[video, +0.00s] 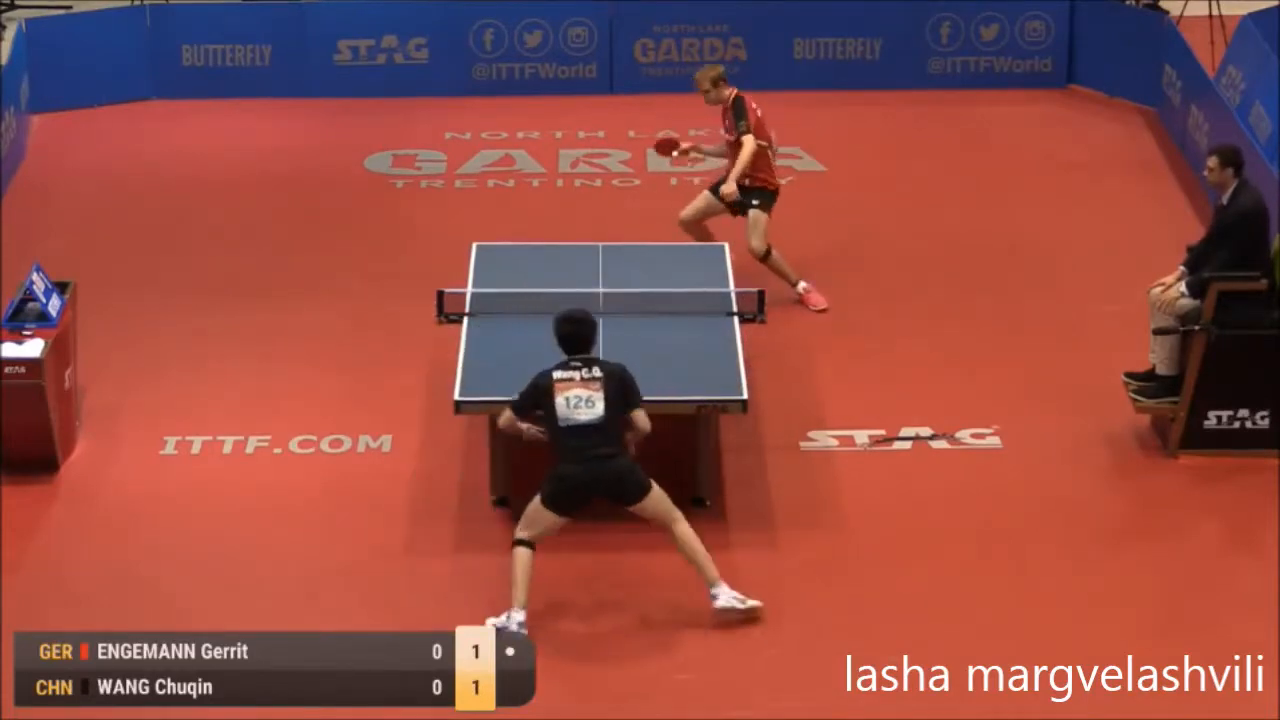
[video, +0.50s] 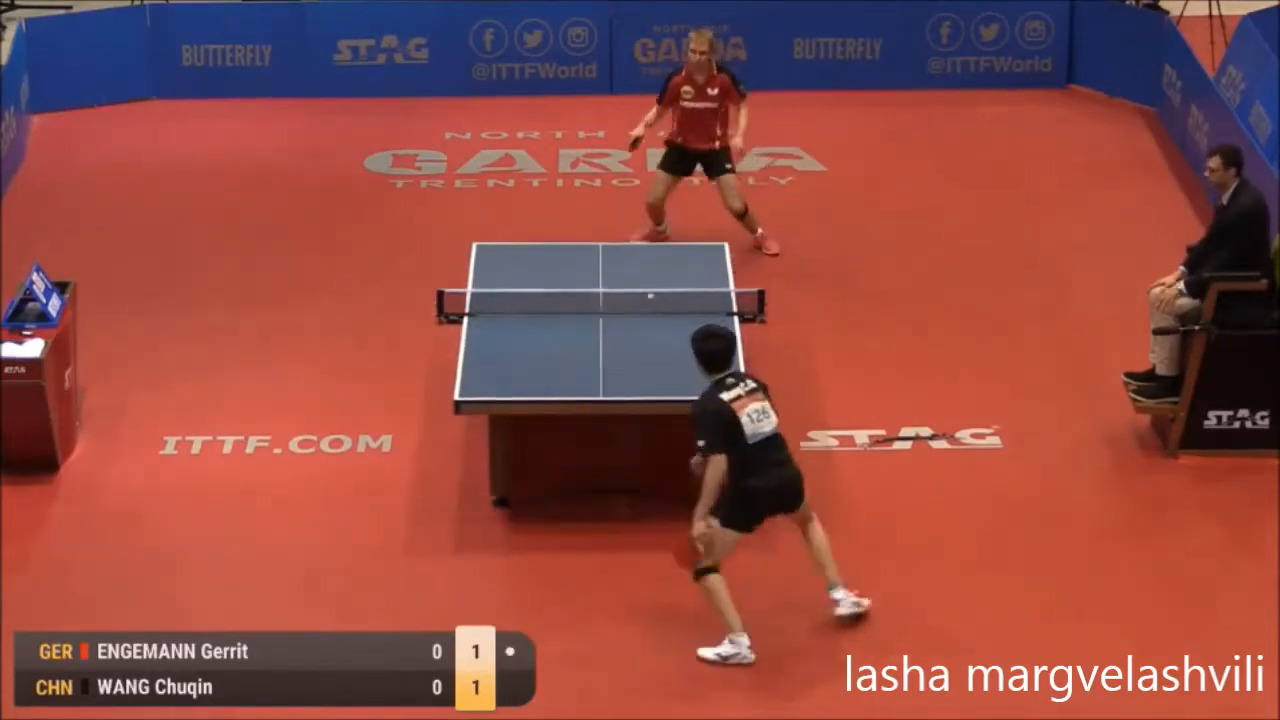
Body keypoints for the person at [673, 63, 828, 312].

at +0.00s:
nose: (704, 99)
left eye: (706, 93)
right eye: (702, 93)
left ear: (721, 86)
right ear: (719, 88)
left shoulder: (740, 104)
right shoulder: (729, 107)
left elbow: (749, 144)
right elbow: (730, 149)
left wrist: (732, 179)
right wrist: (697, 149)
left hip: (761, 184)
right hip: (738, 180)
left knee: (757, 247)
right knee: (688, 219)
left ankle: (801, 287)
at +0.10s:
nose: (704, 82)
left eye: (708, 76)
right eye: (701, 77)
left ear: (722, 75)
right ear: (699, 78)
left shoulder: (737, 99)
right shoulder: (706, 103)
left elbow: (755, 137)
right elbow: (695, 142)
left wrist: (722, 155)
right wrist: (680, 129)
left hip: (756, 174)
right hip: (730, 174)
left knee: (757, 232)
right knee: (686, 209)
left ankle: (801, 285)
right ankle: (721, 259)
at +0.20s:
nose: (704, 70)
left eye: (709, 65)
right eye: (700, 65)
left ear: (721, 65)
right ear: (696, 65)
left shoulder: (733, 91)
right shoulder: (694, 92)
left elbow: (757, 126)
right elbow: (679, 126)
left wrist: (724, 133)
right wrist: (670, 117)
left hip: (749, 160)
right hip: (720, 161)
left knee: (763, 216)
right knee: (686, 206)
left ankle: (793, 274)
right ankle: (720, 254)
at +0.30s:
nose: (703, 60)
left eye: (708, 54)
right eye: (700, 54)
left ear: (718, 54)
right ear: (694, 54)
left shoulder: (732, 78)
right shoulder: (689, 79)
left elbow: (757, 114)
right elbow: (669, 104)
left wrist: (724, 121)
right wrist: (657, 108)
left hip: (735, 140)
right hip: (703, 141)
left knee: (746, 197)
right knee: (678, 191)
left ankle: (774, 248)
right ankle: (712, 239)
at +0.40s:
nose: (702, 56)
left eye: (707, 51)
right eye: (698, 50)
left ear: (716, 51)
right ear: (693, 50)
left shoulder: (732, 75)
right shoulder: (685, 75)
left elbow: (755, 110)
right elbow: (668, 101)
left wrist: (729, 123)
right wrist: (652, 111)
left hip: (728, 142)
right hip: (695, 138)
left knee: (742, 201)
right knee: (665, 188)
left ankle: (767, 231)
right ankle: (696, 227)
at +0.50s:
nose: (695, 58)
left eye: (701, 53)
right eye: (692, 52)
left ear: (710, 54)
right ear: (687, 52)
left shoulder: (724, 79)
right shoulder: (677, 79)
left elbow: (742, 103)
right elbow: (660, 108)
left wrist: (740, 136)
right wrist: (642, 127)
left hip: (715, 148)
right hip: (681, 147)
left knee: (736, 207)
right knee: (654, 201)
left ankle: (760, 236)